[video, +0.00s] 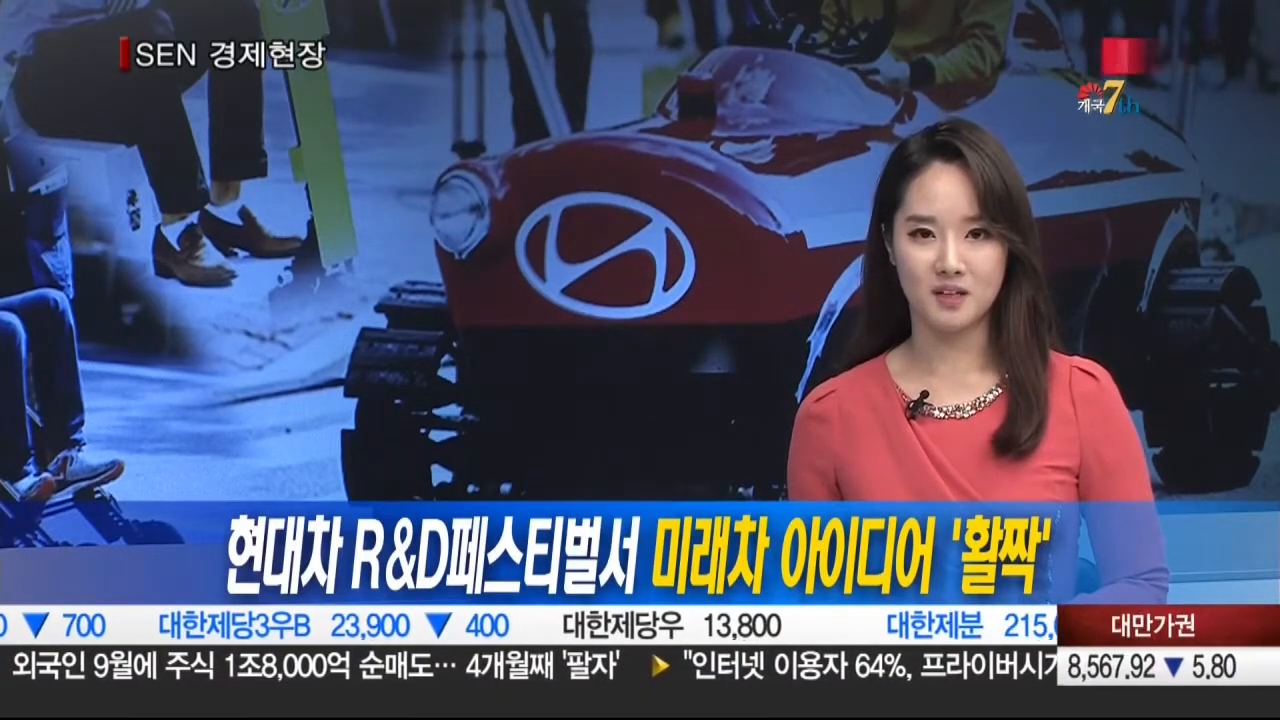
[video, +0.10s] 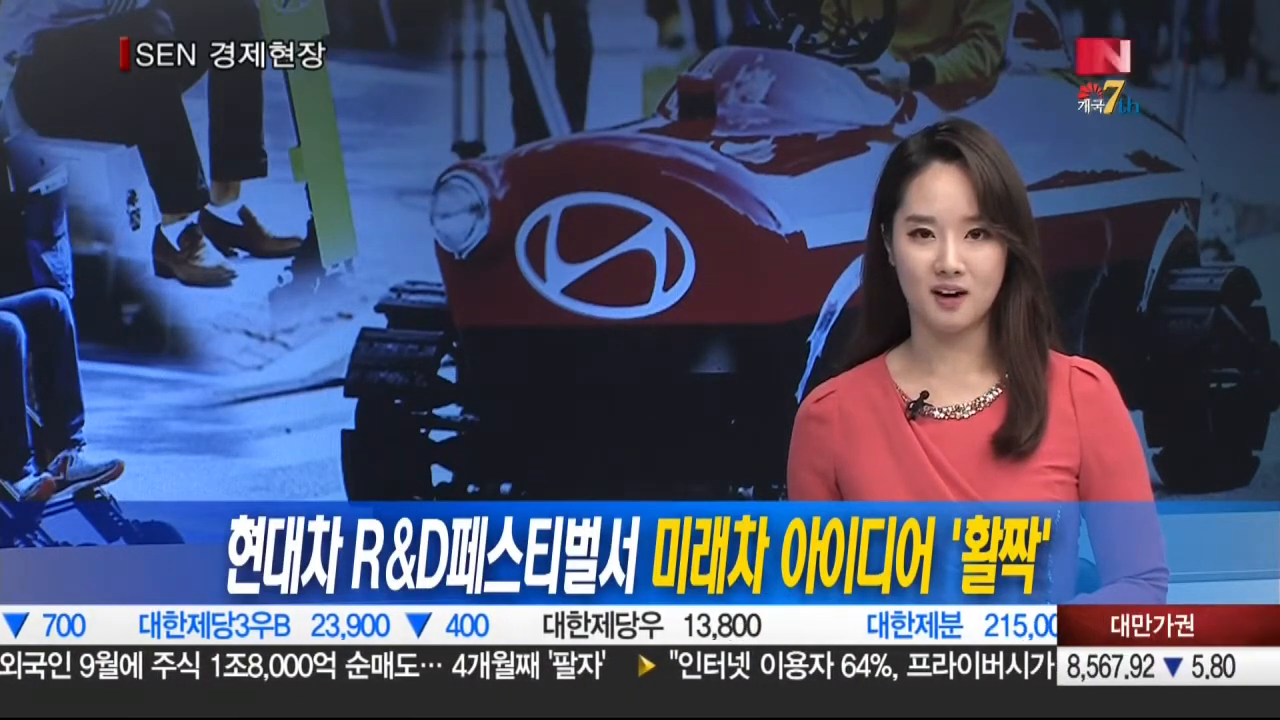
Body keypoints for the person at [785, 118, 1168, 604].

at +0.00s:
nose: (950, 263)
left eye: (977, 234)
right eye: (922, 234)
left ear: (1012, 248)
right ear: (889, 246)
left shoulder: (1083, 397)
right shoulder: (829, 417)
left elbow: (1142, 582)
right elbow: (812, 604)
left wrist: (1033, 640)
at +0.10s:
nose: (950, 263)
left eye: (977, 234)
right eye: (922, 234)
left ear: (1012, 248)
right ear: (889, 246)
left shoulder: (1082, 397)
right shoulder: (828, 418)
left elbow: (1142, 583)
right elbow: (811, 605)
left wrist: (1034, 642)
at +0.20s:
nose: (949, 263)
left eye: (976, 234)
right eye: (921, 234)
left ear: (1011, 248)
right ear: (888, 247)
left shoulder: (1083, 398)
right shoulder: (828, 418)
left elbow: (1142, 582)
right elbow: (811, 606)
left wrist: (1034, 640)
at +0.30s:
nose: (949, 263)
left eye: (976, 233)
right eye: (921, 234)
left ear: (1011, 247)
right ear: (888, 247)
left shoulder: (1082, 397)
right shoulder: (828, 418)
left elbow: (1142, 583)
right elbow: (811, 607)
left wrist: (1035, 639)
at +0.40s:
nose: (949, 263)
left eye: (976, 235)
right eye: (921, 236)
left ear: (1010, 248)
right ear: (888, 247)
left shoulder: (1082, 397)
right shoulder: (828, 417)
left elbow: (1142, 582)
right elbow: (810, 606)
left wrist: (1033, 641)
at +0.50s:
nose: (949, 262)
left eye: (976, 233)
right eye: (921, 234)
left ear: (1010, 247)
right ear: (888, 246)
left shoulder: (1082, 396)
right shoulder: (828, 417)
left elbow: (1142, 581)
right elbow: (810, 605)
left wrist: (1037, 641)